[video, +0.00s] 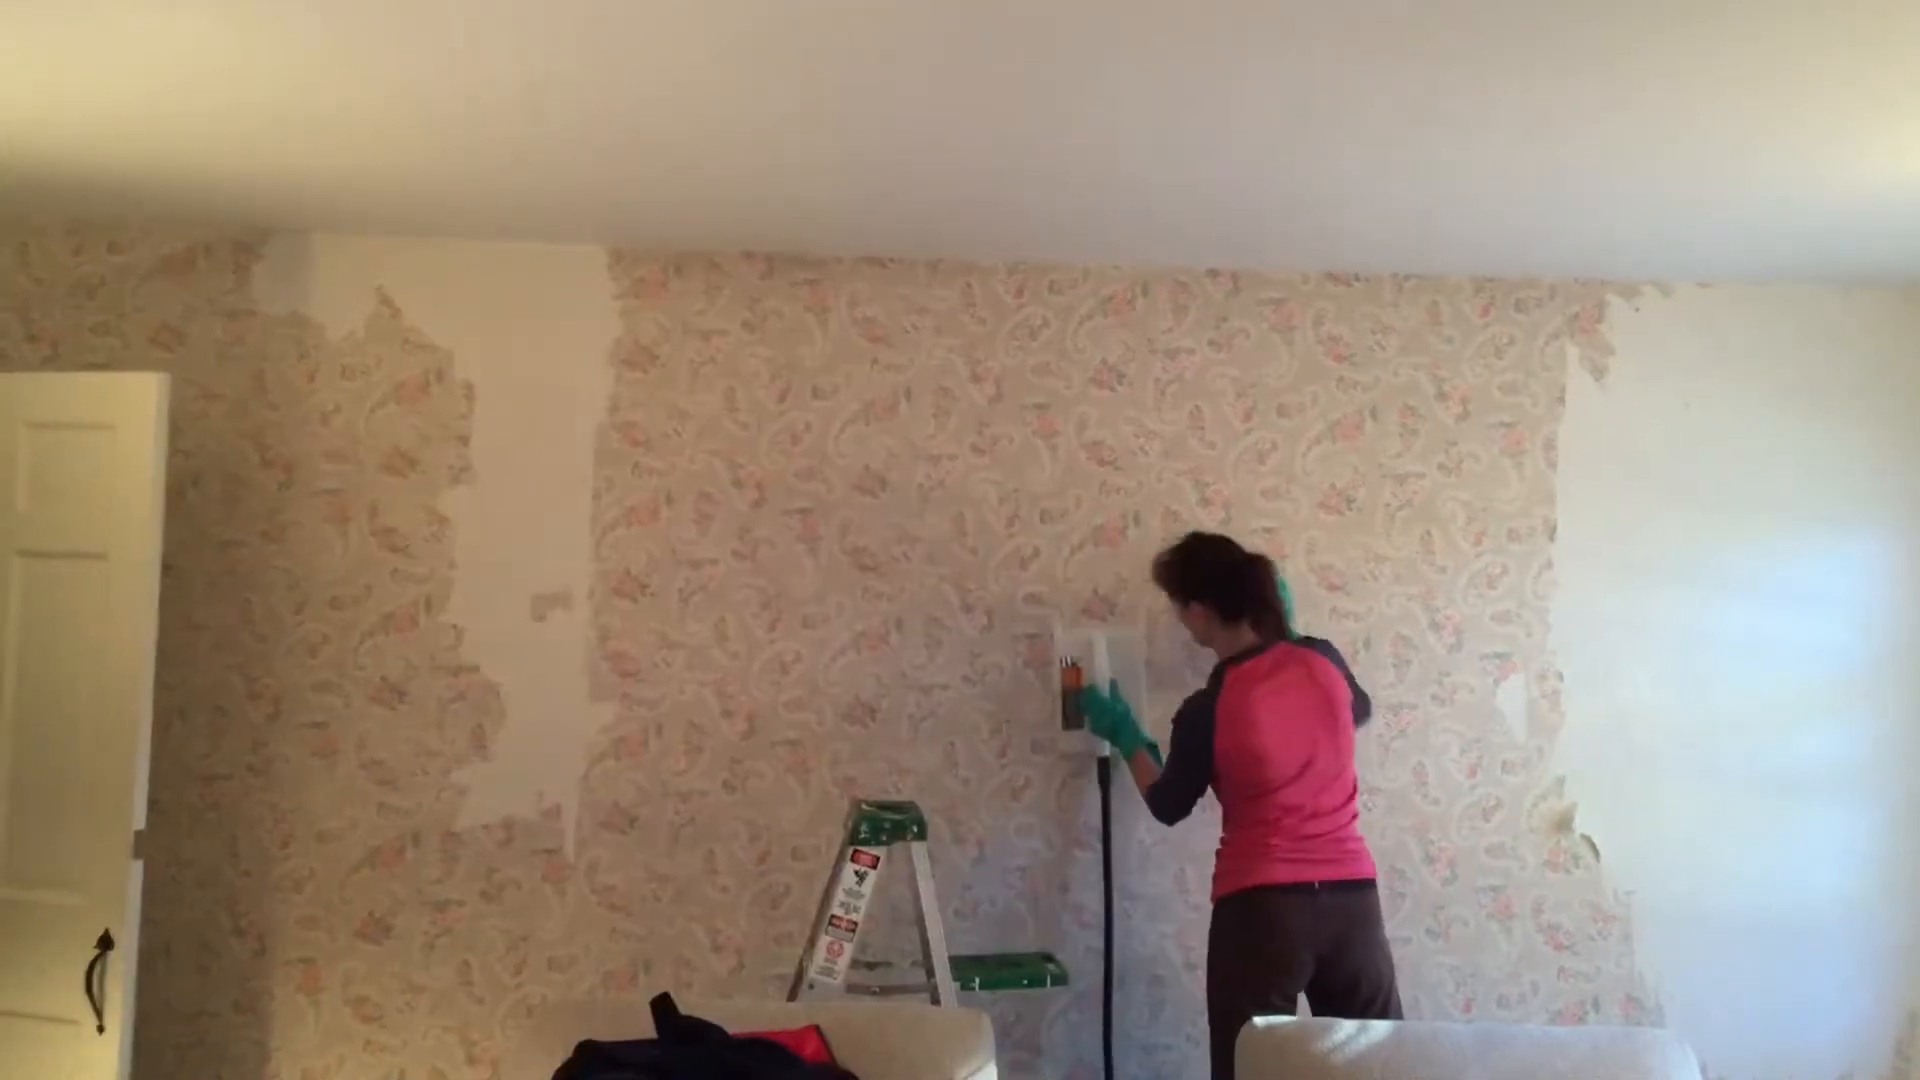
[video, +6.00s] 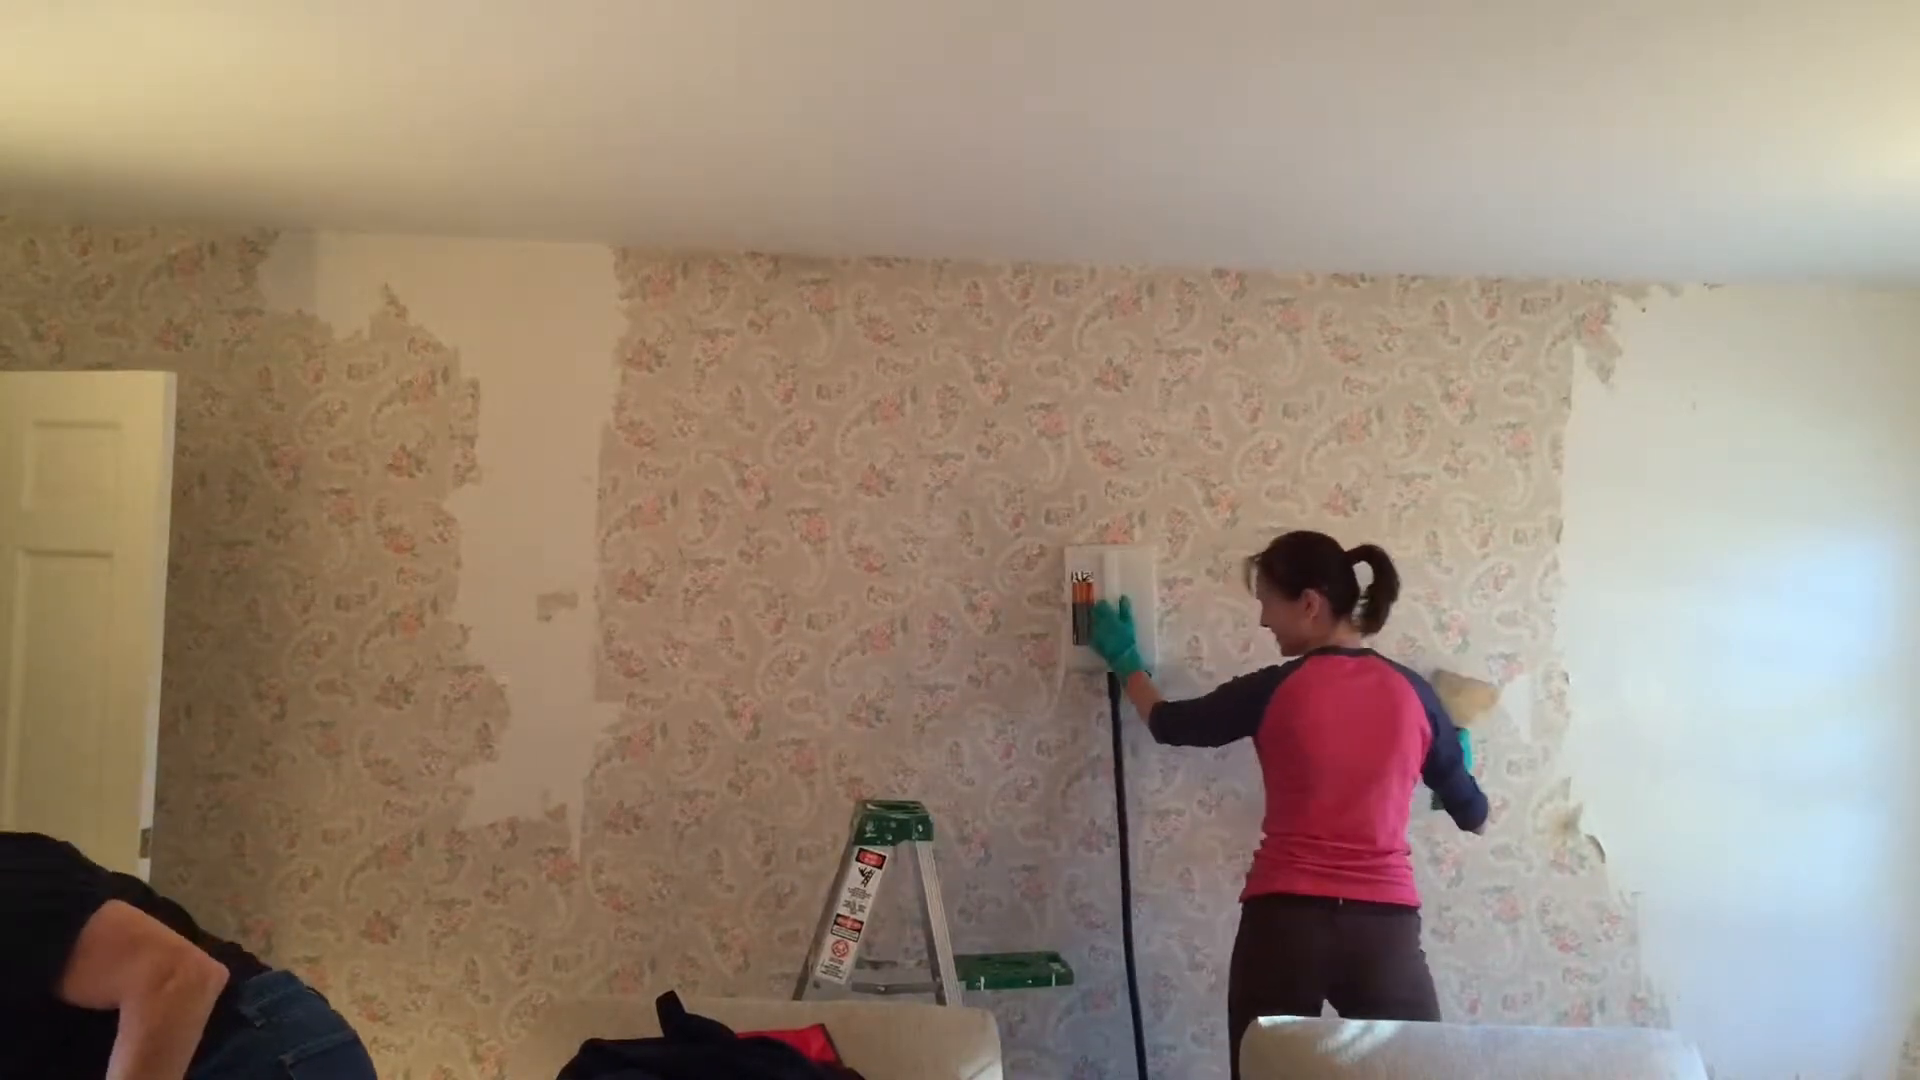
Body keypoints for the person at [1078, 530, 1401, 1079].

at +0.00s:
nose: (1181, 621)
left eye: (1180, 607)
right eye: (1178, 608)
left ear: (1203, 610)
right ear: (1258, 595)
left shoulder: (1207, 709)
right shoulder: (1323, 660)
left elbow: (1169, 804)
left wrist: (1127, 736)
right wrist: (1286, 639)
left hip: (1258, 917)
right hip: (1353, 911)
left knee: (1245, 1074)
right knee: (1380, 1070)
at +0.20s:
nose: (1212, 610)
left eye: (1211, 596)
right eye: (1208, 596)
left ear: (1233, 600)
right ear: (1288, 590)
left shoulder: (1228, 699)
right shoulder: (1354, 678)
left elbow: (1169, 783)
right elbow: (1414, 766)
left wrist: (1124, 714)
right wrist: (1351, 669)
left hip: (1263, 917)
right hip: (1358, 914)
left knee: (1251, 1074)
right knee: (1381, 1071)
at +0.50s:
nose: (1241, 608)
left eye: (1249, 594)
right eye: (1241, 594)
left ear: (1296, 599)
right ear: (1302, 597)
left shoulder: (1264, 691)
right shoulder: (1393, 685)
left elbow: (1180, 768)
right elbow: (1451, 804)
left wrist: (1129, 712)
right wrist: (1399, 735)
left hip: (1278, 920)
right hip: (1374, 922)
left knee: (1262, 1075)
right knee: (1385, 1074)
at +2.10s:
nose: (1292, 607)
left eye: (1296, 591)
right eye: (1294, 591)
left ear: (1316, 596)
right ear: (1372, 599)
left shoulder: (1277, 685)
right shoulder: (1426, 704)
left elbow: (1177, 751)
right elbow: (1449, 848)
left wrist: (1126, 709)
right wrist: (1379, 818)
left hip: (1268, 932)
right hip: (1371, 941)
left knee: (1253, 1073)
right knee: (1377, 1076)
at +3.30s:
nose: (1292, 599)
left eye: (1294, 590)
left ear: (1298, 602)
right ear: (1372, 608)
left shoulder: (1251, 687)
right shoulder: (1402, 701)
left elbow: (1155, 774)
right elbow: (1442, 838)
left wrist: (1124, 713)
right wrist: (1433, 770)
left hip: (1257, 927)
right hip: (1359, 933)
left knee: (1243, 1075)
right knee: (1382, 1075)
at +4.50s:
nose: (1218, 622)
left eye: (1221, 609)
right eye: (1216, 609)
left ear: (1257, 613)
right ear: (1296, 607)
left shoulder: (1239, 690)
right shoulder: (1374, 688)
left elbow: (1164, 750)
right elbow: (1418, 799)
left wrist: (1135, 672)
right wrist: (1430, 755)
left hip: (1261, 923)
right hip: (1359, 925)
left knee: (1247, 1074)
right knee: (1384, 1073)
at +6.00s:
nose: (1262, 617)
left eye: (1266, 600)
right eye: (1261, 601)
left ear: (1310, 605)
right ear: (1319, 603)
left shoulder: (1276, 686)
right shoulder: (1415, 693)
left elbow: (1167, 723)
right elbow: (1473, 815)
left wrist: (1123, 657)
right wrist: (1455, 766)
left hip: (1280, 934)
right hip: (1383, 939)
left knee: (1262, 1073)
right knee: (1419, 1076)